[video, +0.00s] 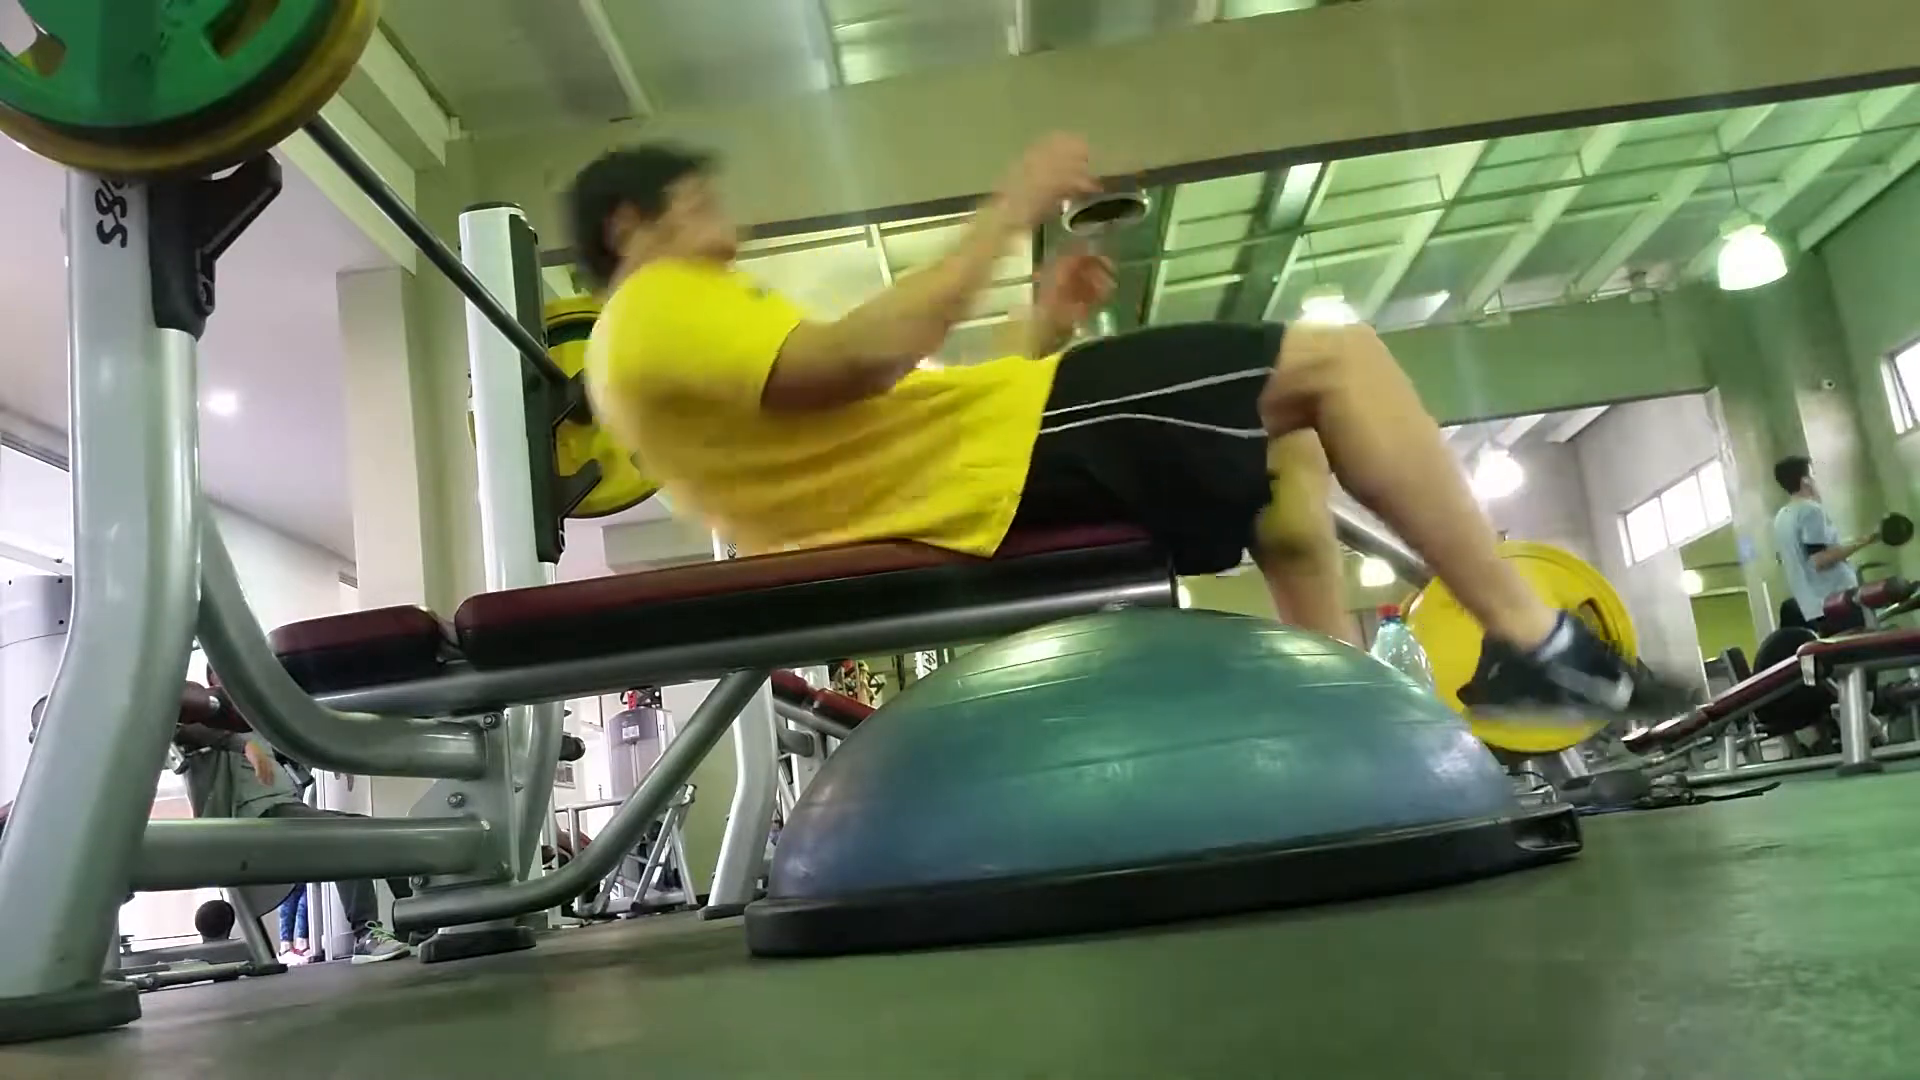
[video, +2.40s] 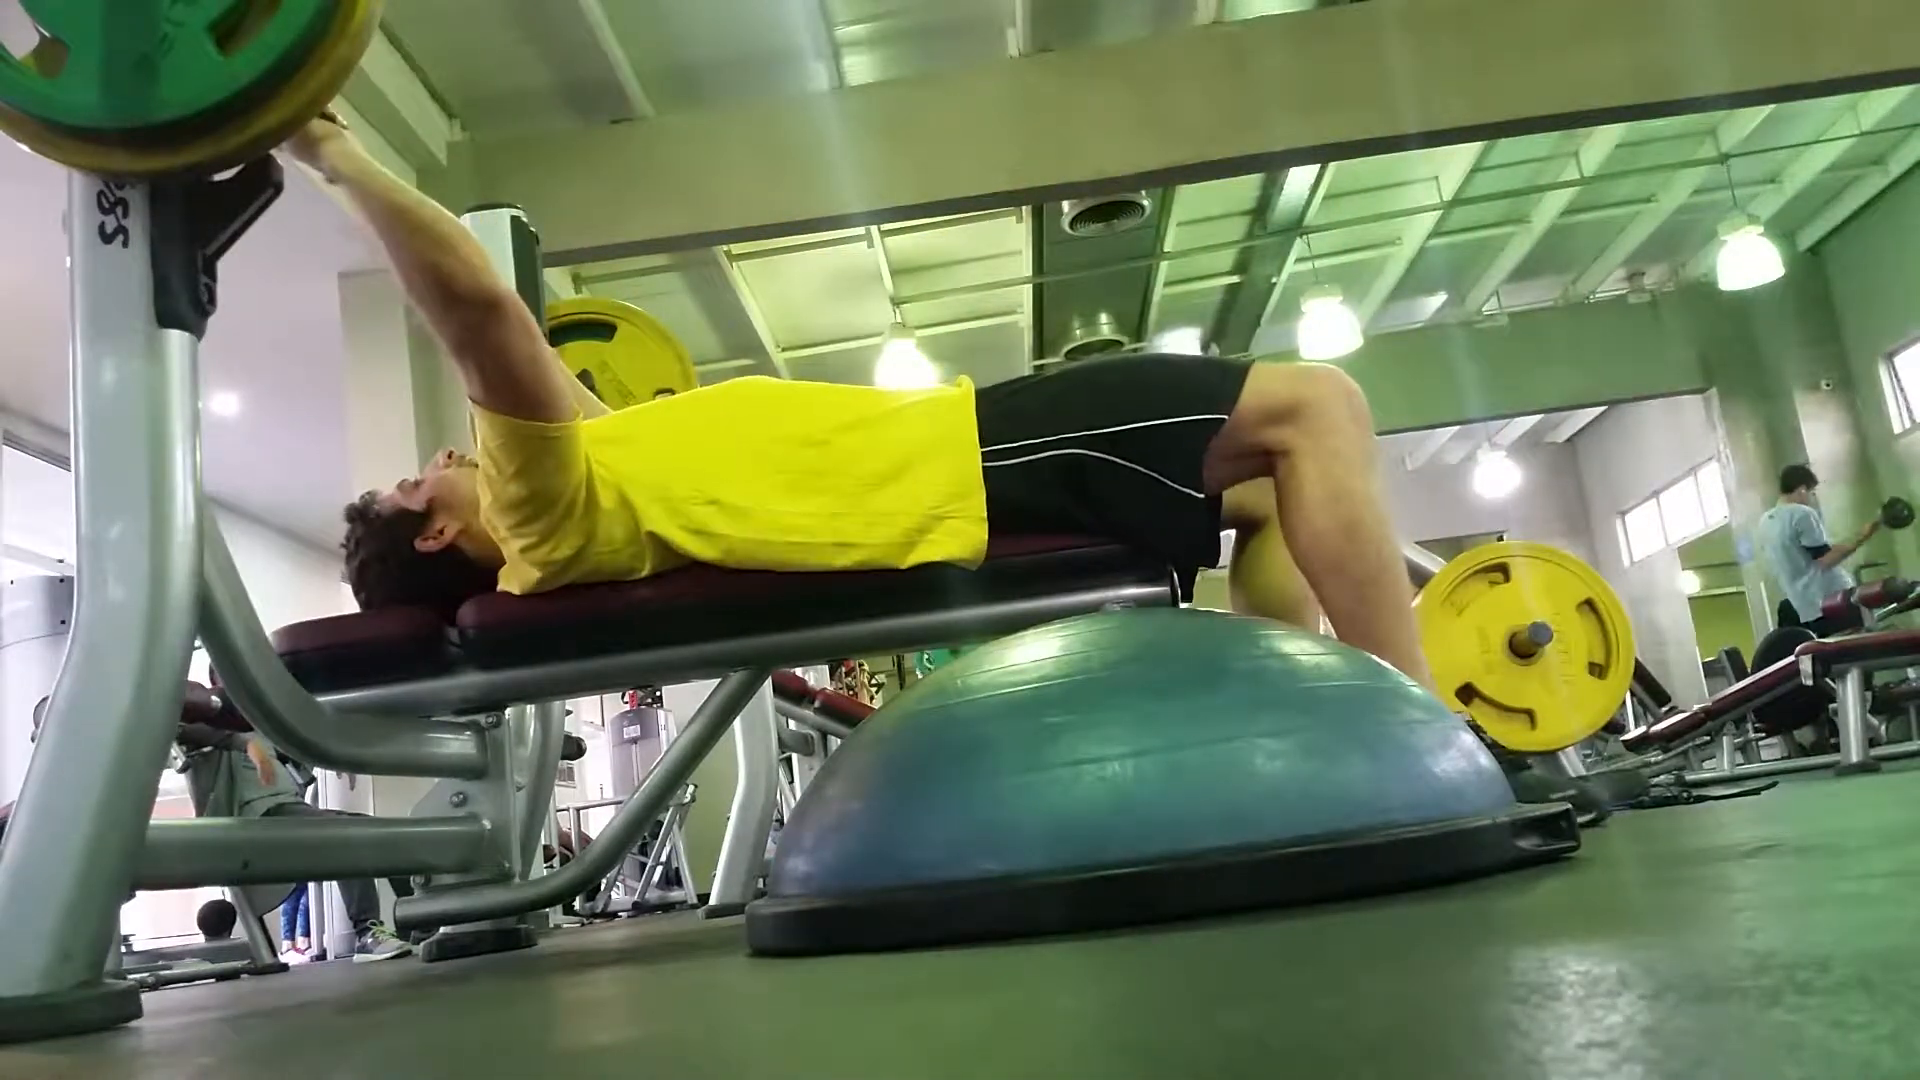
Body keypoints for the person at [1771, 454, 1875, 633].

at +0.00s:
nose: (1816, 479)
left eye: (1813, 474)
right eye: (1812, 474)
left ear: (1786, 485)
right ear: (1804, 481)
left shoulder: (1782, 516)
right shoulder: (1810, 511)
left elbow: (1783, 560)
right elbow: (1819, 559)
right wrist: (1861, 542)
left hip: (1813, 609)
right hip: (1837, 606)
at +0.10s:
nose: (1818, 479)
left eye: (1814, 473)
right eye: (1814, 474)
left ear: (1789, 486)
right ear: (1808, 480)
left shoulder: (1786, 517)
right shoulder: (1816, 508)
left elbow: (1784, 565)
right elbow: (1815, 553)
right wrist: (1865, 555)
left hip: (1810, 610)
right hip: (1837, 606)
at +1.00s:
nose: (1811, 489)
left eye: (1811, 482)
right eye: (1809, 482)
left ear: (1782, 484)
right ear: (1797, 481)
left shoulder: (1770, 520)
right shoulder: (1805, 513)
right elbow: (1835, 558)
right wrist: (1867, 531)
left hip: (1810, 608)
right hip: (1837, 601)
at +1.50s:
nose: (1814, 491)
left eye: (1815, 486)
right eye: (1809, 486)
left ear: (1790, 486)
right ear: (1790, 486)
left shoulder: (1770, 522)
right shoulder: (1804, 516)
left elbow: (1777, 564)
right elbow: (1823, 561)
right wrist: (1847, 531)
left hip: (1805, 612)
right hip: (1835, 606)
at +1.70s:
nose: (1812, 492)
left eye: (1813, 487)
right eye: (1806, 487)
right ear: (1787, 486)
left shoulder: (1768, 522)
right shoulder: (1802, 516)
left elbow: (1769, 564)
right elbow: (1811, 564)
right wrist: (1855, 547)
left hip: (1802, 616)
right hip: (1833, 609)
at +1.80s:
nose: (1816, 492)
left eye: (1818, 486)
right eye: (1811, 486)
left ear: (1793, 485)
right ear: (1793, 485)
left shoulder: (1771, 520)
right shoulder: (1805, 513)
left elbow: (1770, 572)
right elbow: (1806, 562)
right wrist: (1851, 558)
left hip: (1802, 616)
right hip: (1832, 609)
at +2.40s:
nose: (1813, 497)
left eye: (1813, 492)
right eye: (1811, 492)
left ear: (1783, 489)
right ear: (1801, 490)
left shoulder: (1766, 520)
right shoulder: (1803, 514)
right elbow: (1825, 559)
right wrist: (1859, 539)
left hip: (1803, 610)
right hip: (1831, 605)